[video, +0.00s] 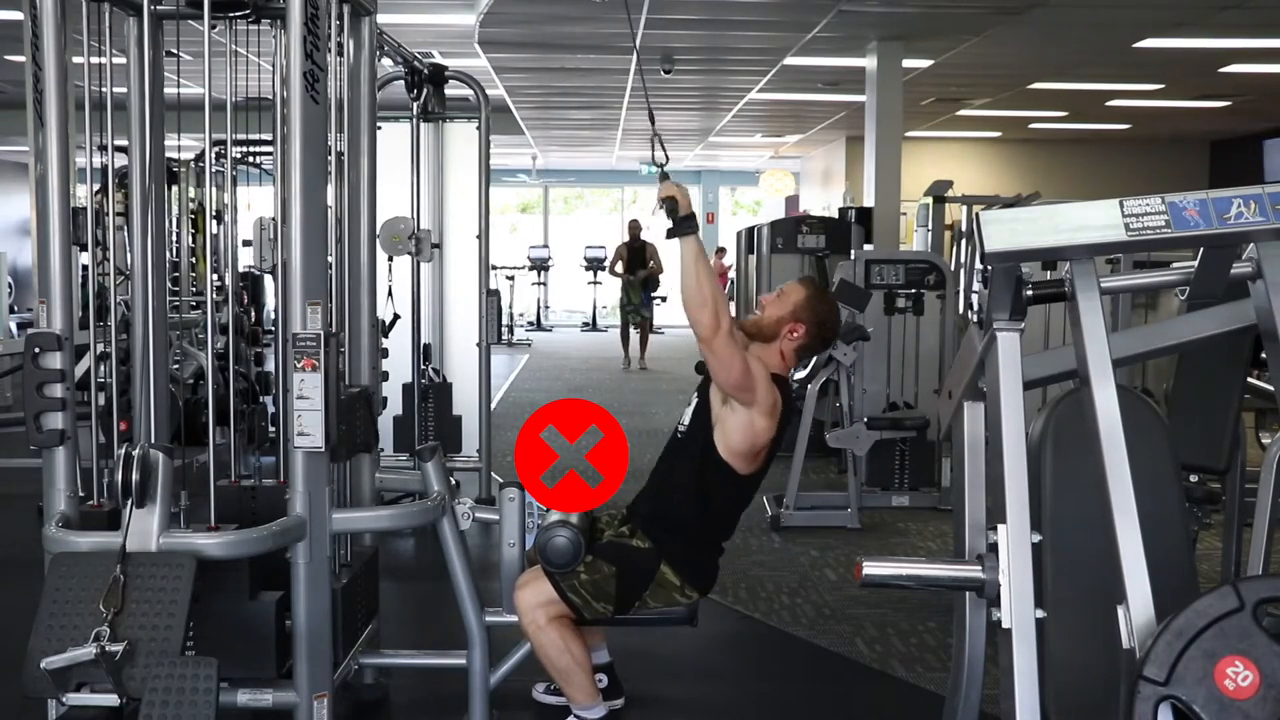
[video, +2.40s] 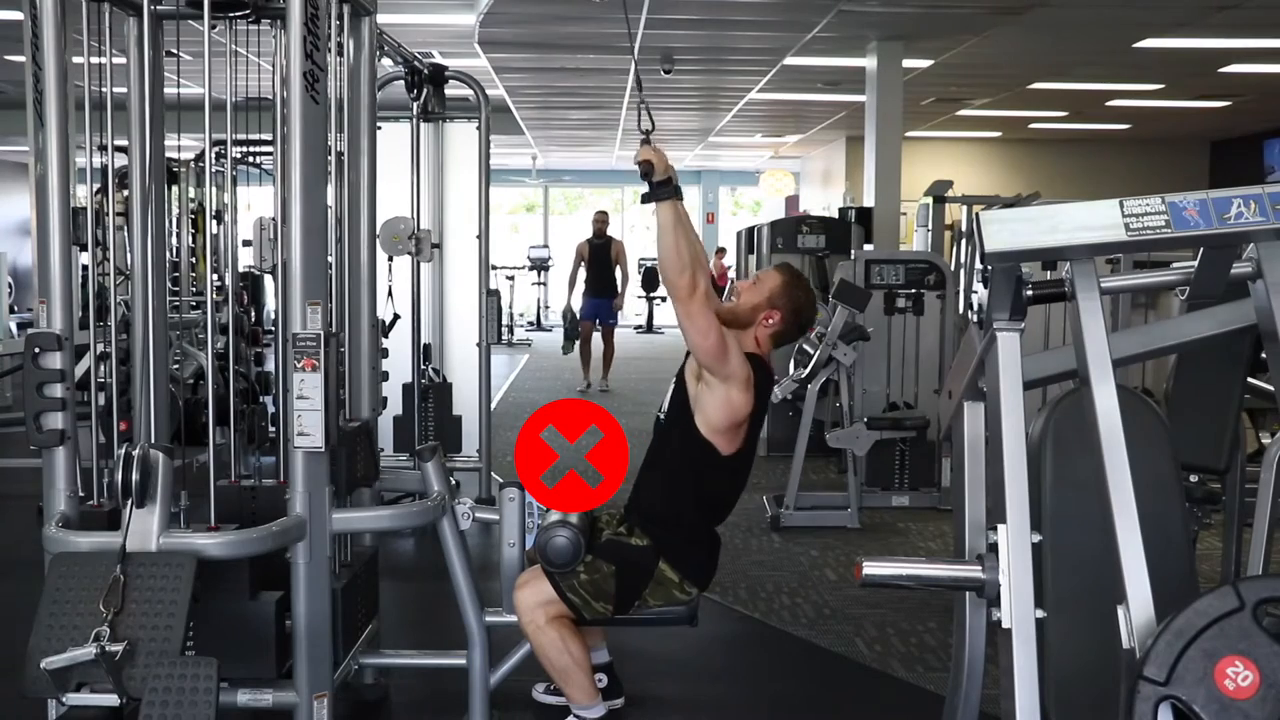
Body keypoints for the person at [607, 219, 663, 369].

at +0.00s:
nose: (634, 232)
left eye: (636, 228)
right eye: (631, 229)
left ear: (641, 229)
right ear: (628, 230)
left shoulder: (649, 248)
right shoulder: (622, 249)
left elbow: (659, 269)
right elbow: (611, 269)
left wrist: (646, 272)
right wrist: (622, 276)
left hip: (644, 290)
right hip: (628, 290)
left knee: (644, 325)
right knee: (625, 325)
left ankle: (642, 358)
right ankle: (626, 356)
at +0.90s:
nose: (622, 230)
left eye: (625, 227)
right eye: (620, 226)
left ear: (630, 229)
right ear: (616, 228)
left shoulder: (638, 248)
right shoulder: (608, 249)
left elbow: (649, 270)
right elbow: (598, 273)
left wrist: (638, 283)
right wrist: (606, 291)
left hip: (629, 294)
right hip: (612, 294)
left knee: (627, 330)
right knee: (615, 333)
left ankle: (624, 365)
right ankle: (625, 361)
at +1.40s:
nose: (609, 229)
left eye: (612, 226)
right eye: (606, 226)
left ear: (617, 228)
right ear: (603, 228)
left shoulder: (626, 247)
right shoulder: (596, 249)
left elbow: (638, 271)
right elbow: (587, 273)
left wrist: (627, 283)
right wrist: (579, 297)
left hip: (621, 295)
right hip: (603, 295)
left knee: (622, 332)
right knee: (601, 332)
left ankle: (622, 366)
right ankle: (599, 370)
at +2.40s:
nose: (600, 225)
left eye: (603, 222)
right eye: (597, 222)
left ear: (608, 224)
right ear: (592, 223)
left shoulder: (617, 246)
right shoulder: (583, 246)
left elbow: (624, 274)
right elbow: (574, 274)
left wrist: (621, 296)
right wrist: (569, 301)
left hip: (609, 299)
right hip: (589, 298)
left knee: (608, 339)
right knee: (585, 338)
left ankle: (604, 378)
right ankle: (586, 379)